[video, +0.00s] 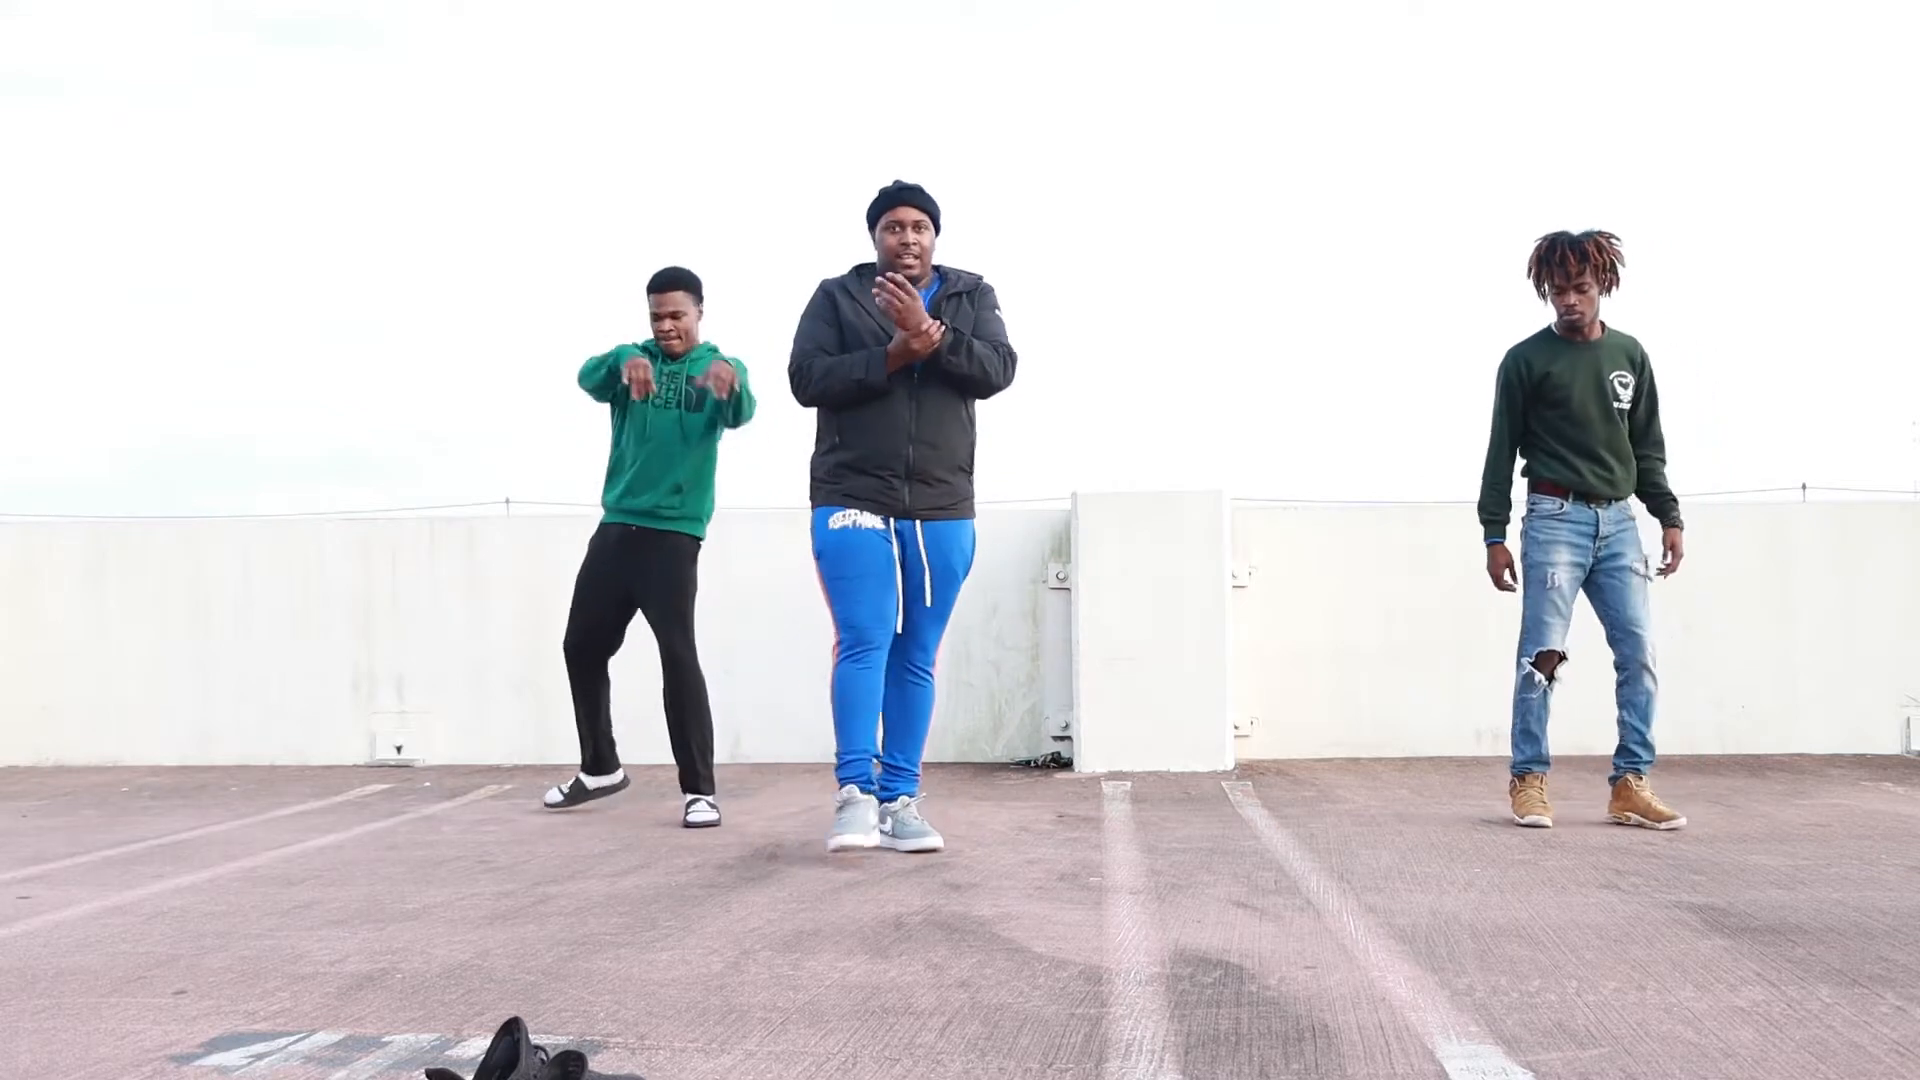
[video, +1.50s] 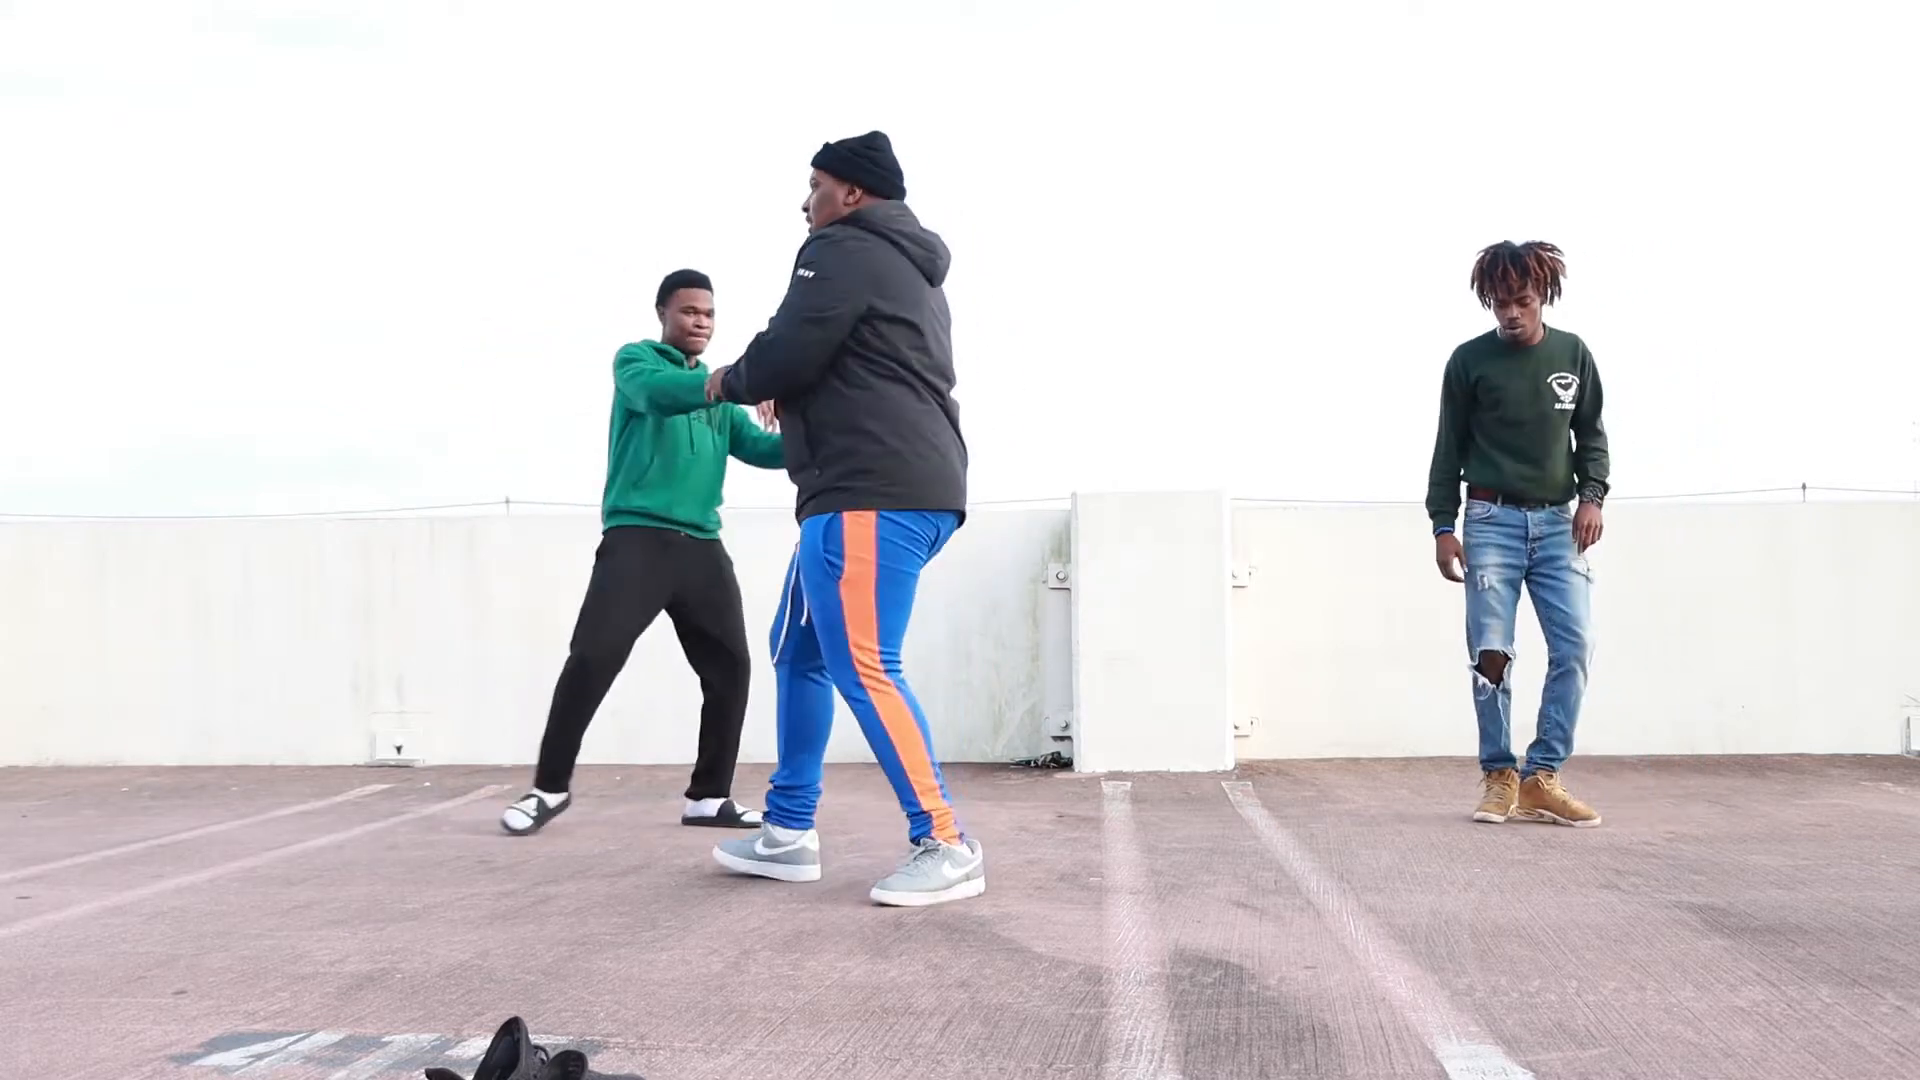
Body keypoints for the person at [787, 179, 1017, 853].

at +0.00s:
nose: (907, 238)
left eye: (918, 228)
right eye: (893, 228)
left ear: (936, 238)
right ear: (874, 239)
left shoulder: (968, 295)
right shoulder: (839, 296)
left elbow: (997, 369)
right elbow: (806, 378)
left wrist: (932, 337)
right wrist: (891, 355)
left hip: (941, 500)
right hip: (853, 495)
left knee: (917, 657)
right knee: (865, 641)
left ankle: (900, 800)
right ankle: (856, 794)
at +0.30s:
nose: (883, 237)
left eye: (892, 226)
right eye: (868, 232)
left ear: (913, 235)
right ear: (851, 249)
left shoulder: (962, 296)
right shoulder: (829, 311)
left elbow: (1009, 372)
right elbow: (821, 401)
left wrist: (957, 345)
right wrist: (913, 366)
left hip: (963, 510)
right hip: (875, 510)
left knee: (940, 669)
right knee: (900, 659)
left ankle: (900, 802)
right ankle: (911, 819)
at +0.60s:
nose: (860, 207)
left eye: (871, 194)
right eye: (847, 202)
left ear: (900, 203)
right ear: (835, 222)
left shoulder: (956, 262)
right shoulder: (814, 288)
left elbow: (988, 339)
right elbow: (790, 382)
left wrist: (910, 321)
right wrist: (866, 343)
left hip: (962, 488)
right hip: (862, 498)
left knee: (978, 644)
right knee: (892, 663)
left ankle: (953, 776)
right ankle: (907, 822)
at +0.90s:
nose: (852, 195)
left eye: (866, 181)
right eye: (842, 189)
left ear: (906, 187)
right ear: (837, 206)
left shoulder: (951, 244)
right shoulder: (829, 275)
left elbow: (930, 335)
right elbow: (790, 393)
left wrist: (813, 330)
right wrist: (816, 346)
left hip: (940, 481)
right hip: (853, 496)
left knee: (924, 645)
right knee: (875, 666)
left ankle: (954, 838)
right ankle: (911, 830)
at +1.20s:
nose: (827, 196)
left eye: (838, 182)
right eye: (826, 184)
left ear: (885, 180)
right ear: (872, 185)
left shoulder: (913, 234)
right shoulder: (867, 255)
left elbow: (861, 338)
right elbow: (852, 379)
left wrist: (759, 355)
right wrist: (775, 364)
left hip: (925, 479)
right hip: (862, 486)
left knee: (908, 657)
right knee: (801, 632)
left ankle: (949, 842)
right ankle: (879, 796)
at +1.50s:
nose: (807, 200)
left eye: (816, 187)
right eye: (809, 187)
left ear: (852, 192)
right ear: (867, 194)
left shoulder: (844, 250)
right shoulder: (901, 260)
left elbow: (789, 355)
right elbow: (883, 376)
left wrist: (728, 381)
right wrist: (795, 406)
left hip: (873, 487)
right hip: (874, 486)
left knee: (863, 665)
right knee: (801, 656)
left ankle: (944, 845)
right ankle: (789, 830)